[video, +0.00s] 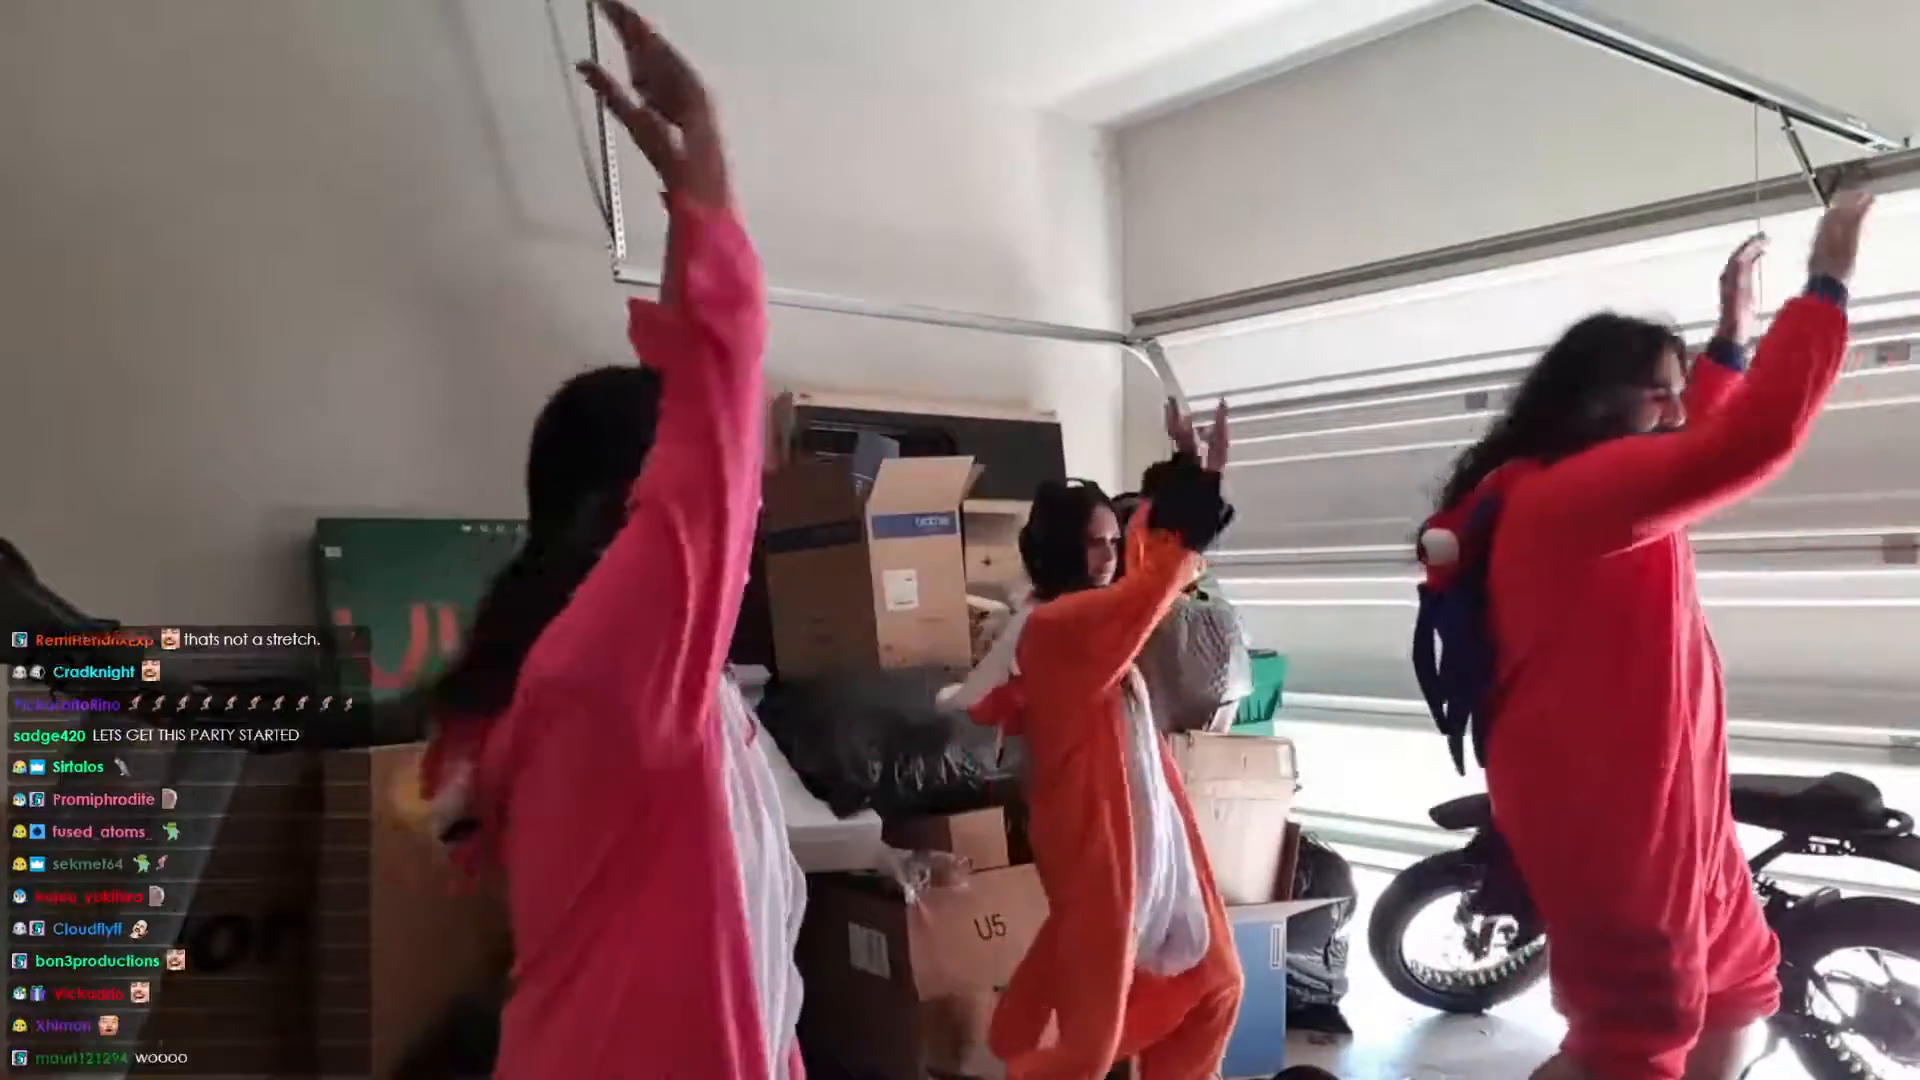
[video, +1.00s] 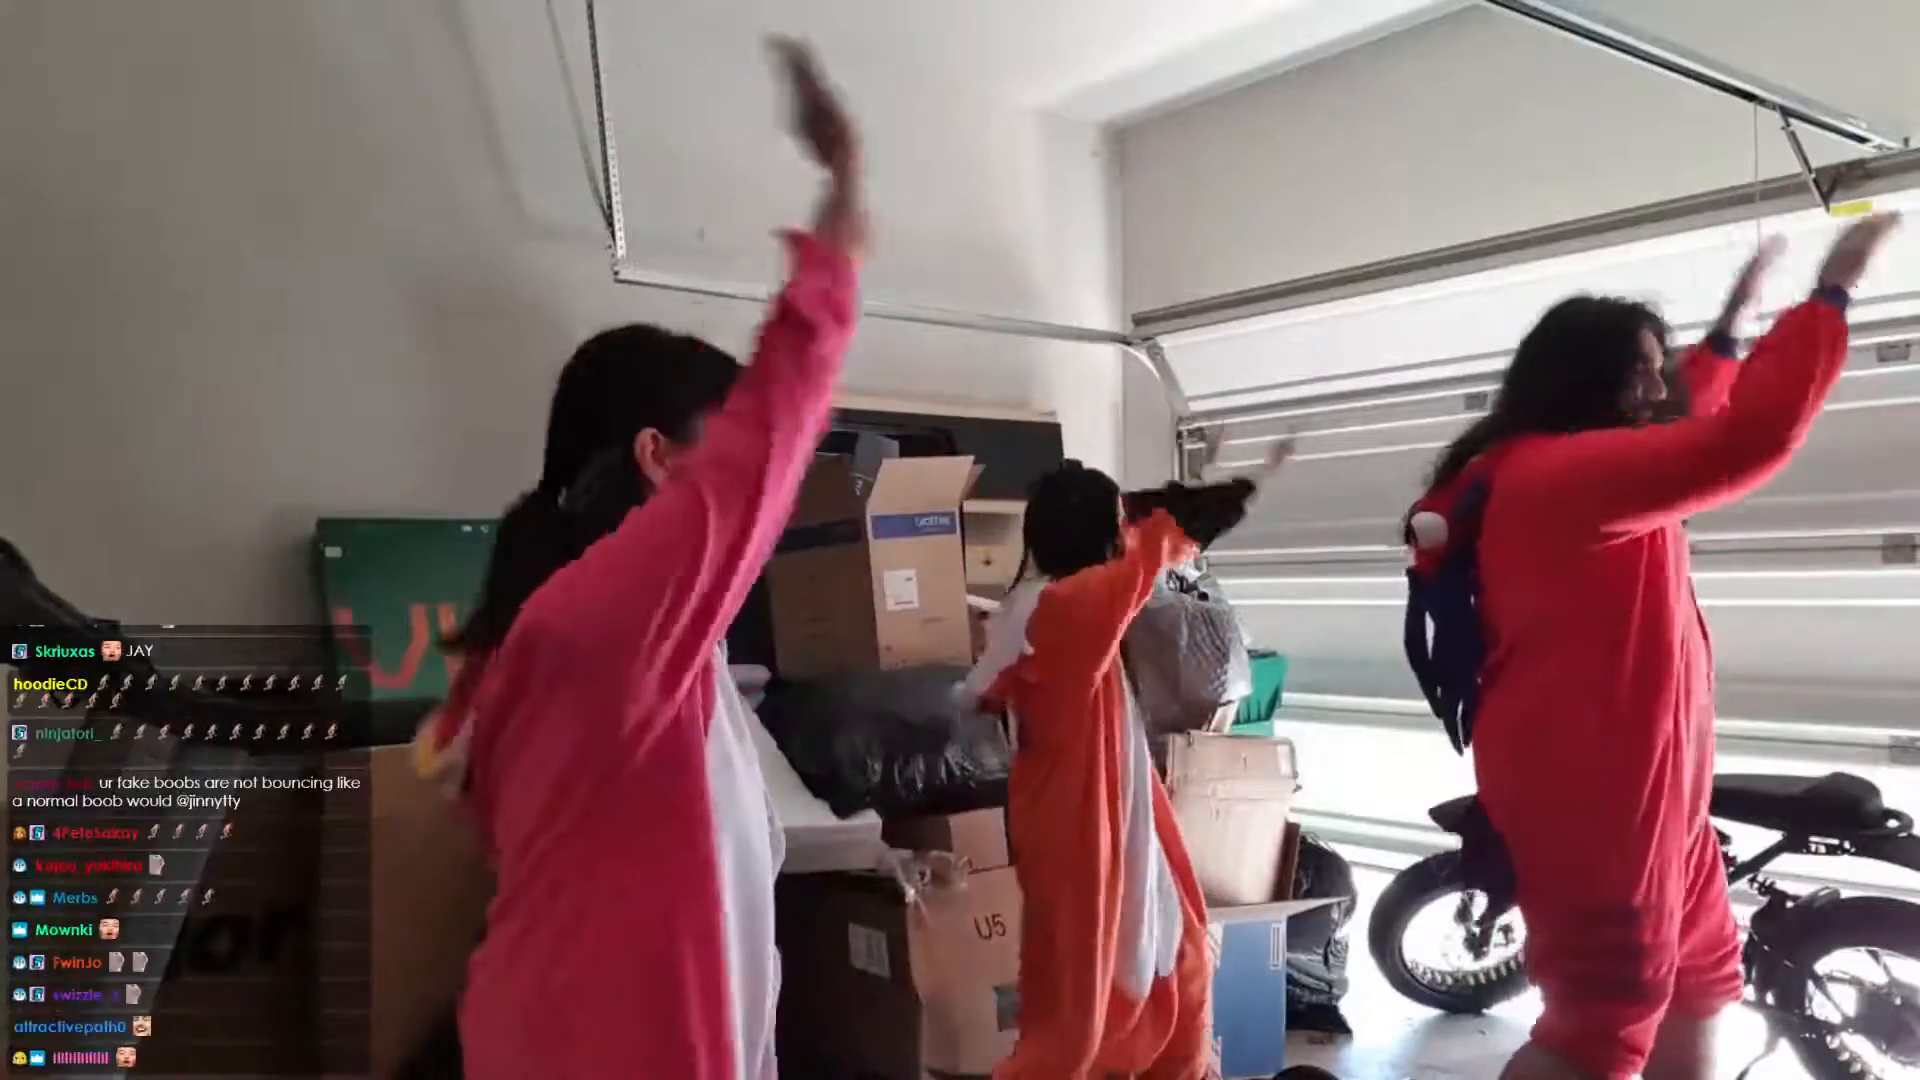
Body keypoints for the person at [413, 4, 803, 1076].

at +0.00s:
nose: (735, 518)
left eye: (728, 488)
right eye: (701, 485)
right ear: (630, 498)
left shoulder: (698, 696)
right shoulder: (602, 684)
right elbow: (702, 475)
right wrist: (702, 192)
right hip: (639, 1066)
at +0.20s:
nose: (821, 434)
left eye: (810, 403)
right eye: (795, 403)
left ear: (714, 432)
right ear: (711, 427)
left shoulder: (694, 601)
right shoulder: (637, 586)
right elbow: (876, 554)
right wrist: (1099, 461)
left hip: (658, 1026)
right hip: (576, 1036)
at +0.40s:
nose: (912, 538)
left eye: (901, 514)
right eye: (885, 514)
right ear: (799, 547)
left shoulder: (777, 723)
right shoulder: (714, 739)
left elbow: (791, 976)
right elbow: (740, 1031)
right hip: (487, 1051)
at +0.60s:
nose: (791, 461)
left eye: (783, 430)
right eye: (765, 424)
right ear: (672, 436)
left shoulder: (659, 611)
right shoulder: (634, 628)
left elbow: (800, 794)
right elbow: (807, 878)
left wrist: (936, 905)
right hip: (551, 1051)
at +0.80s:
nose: (705, 483)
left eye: (700, 457)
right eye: (685, 458)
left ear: (602, 494)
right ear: (610, 488)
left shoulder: (541, 652)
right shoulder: (576, 651)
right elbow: (757, 491)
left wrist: (774, 299)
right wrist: (866, 215)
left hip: (556, 1040)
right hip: (630, 1050)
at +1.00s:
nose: (737, 488)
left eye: (745, 455)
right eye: (724, 455)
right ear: (653, 457)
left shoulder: (662, 646)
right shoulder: (585, 628)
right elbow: (757, 458)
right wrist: (841, 216)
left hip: (679, 1050)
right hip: (608, 1053)